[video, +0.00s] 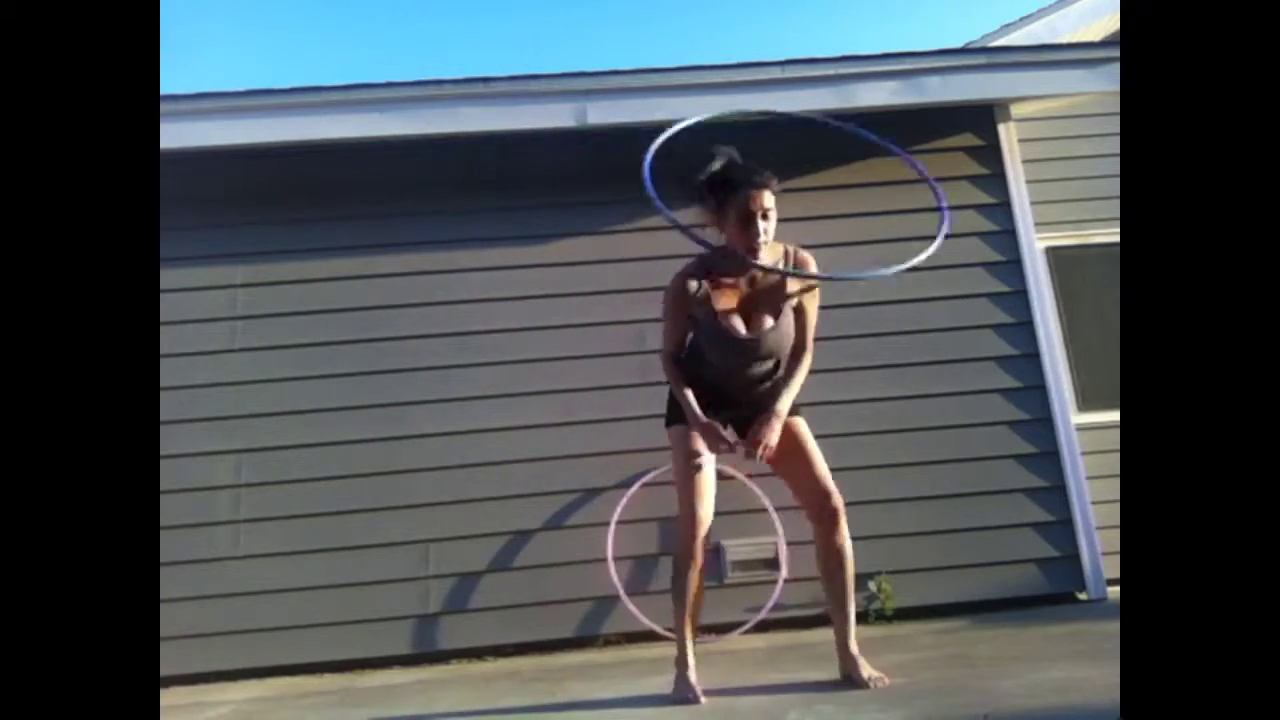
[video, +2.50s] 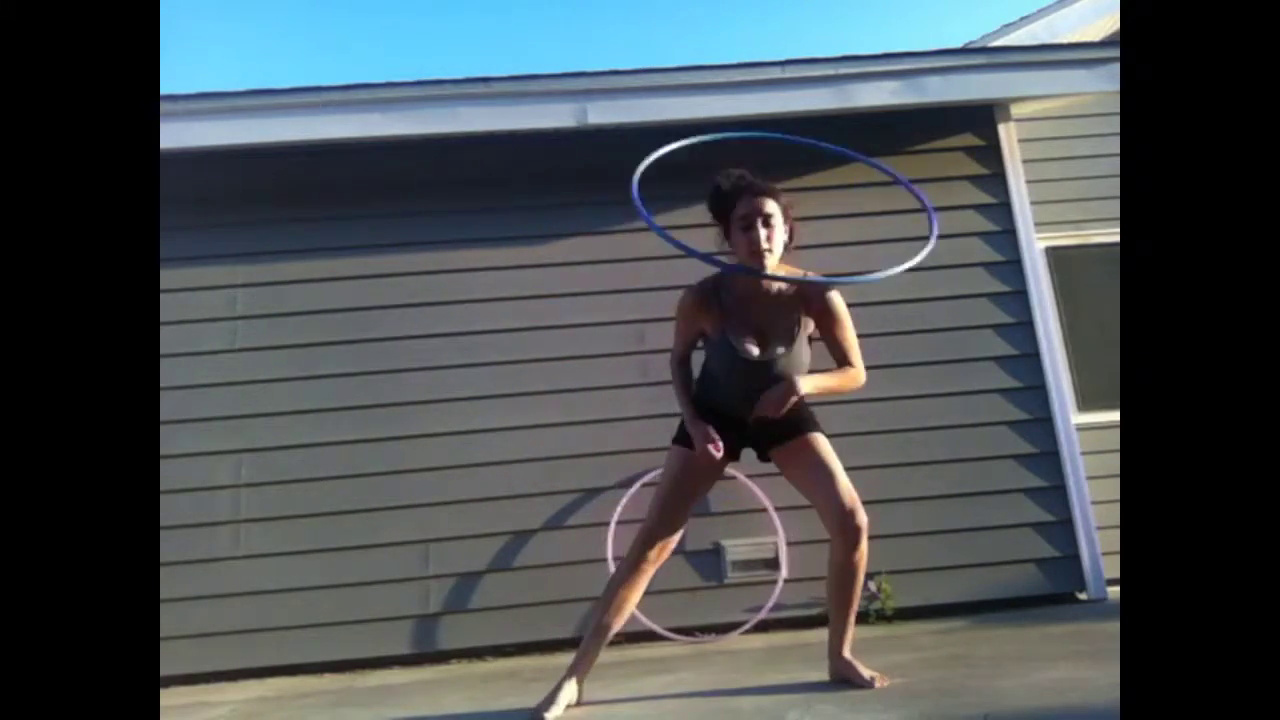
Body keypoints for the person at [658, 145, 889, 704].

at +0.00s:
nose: (759, 228)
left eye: (766, 214)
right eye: (745, 217)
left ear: (777, 213)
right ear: (717, 221)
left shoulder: (798, 265)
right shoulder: (689, 285)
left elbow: (804, 349)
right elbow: (671, 360)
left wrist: (776, 414)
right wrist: (698, 420)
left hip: (770, 401)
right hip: (701, 405)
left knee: (830, 507)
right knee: (694, 529)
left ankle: (849, 652)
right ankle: (685, 666)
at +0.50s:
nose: (810, 212)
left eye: (818, 199)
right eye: (798, 201)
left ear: (829, 200)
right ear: (773, 207)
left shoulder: (848, 263)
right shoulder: (742, 274)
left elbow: (857, 345)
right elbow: (713, 363)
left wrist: (823, 392)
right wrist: (732, 422)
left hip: (802, 405)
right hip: (736, 402)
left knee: (858, 517)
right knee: (687, 529)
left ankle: (849, 652)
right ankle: (622, 659)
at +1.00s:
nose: (699, 231)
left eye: (706, 217)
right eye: (684, 221)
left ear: (720, 219)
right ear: (658, 233)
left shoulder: (729, 272)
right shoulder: (639, 292)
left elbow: (733, 217)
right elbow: (636, 374)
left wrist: (698, 152)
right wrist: (657, 428)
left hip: (733, 414)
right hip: (664, 421)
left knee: (804, 521)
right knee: (608, 533)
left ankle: (843, 652)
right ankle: (577, 675)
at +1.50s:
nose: (625, 243)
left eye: (633, 230)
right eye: (612, 232)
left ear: (642, 231)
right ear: (582, 233)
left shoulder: (658, 289)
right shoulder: (554, 286)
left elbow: (673, 387)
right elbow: (549, 366)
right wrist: (586, 357)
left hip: (668, 399)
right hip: (601, 406)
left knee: (754, 526)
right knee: (574, 538)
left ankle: (841, 650)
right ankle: (574, 680)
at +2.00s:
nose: (719, 242)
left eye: (727, 230)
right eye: (706, 230)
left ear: (738, 229)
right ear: (679, 229)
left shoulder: (748, 287)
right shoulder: (655, 265)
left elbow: (766, 370)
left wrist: (718, 394)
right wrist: (716, 274)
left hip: (734, 397)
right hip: (663, 400)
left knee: (795, 511)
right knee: (626, 534)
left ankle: (836, 655)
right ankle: (575, 677)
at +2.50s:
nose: (761, 234)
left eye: (769, 222)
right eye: (747, 226)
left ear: (785, 230)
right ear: (728, 238)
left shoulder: (817, 296)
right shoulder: (705, 299)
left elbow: (855, 373)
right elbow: (679, 359)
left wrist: (803, 385)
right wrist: (693, 419)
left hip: (783, 416)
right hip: (713, 417)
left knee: (852, 523)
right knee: (652, 546)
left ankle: (840, 657)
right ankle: (572, 681)